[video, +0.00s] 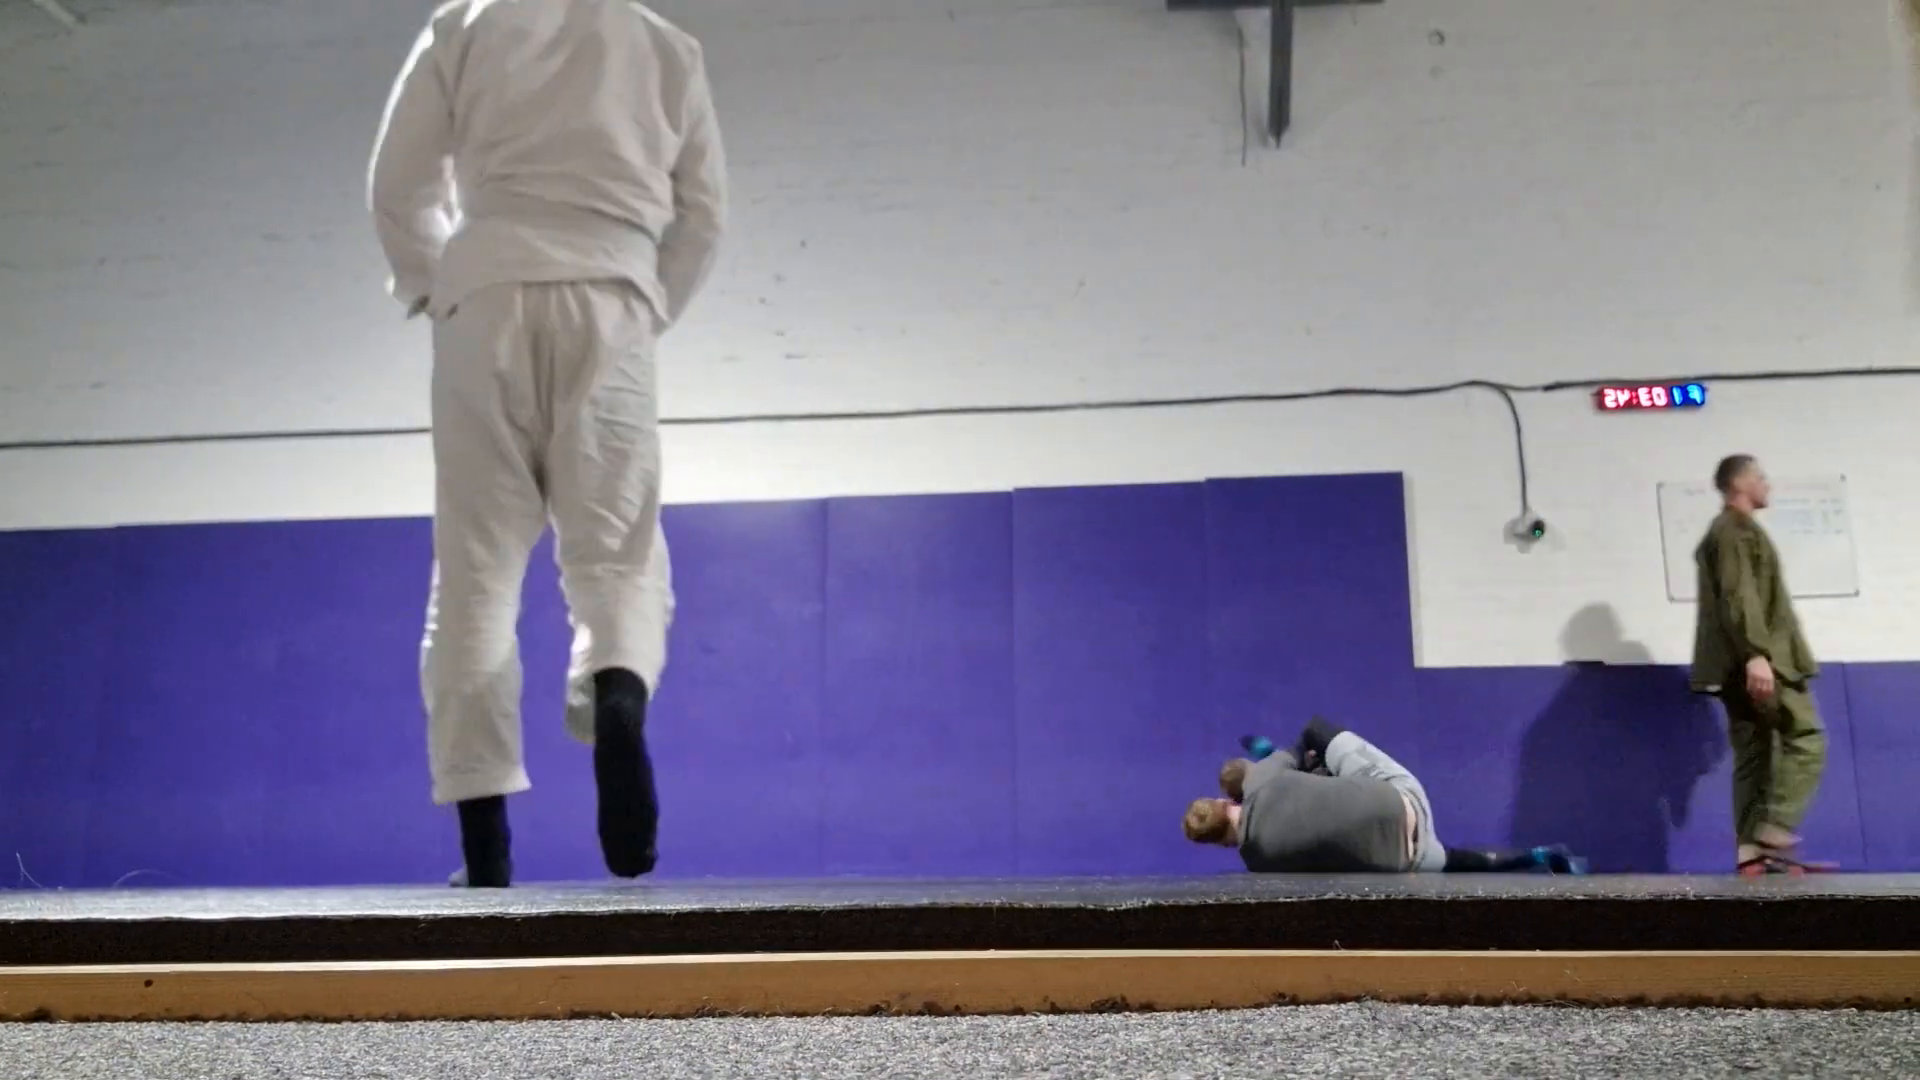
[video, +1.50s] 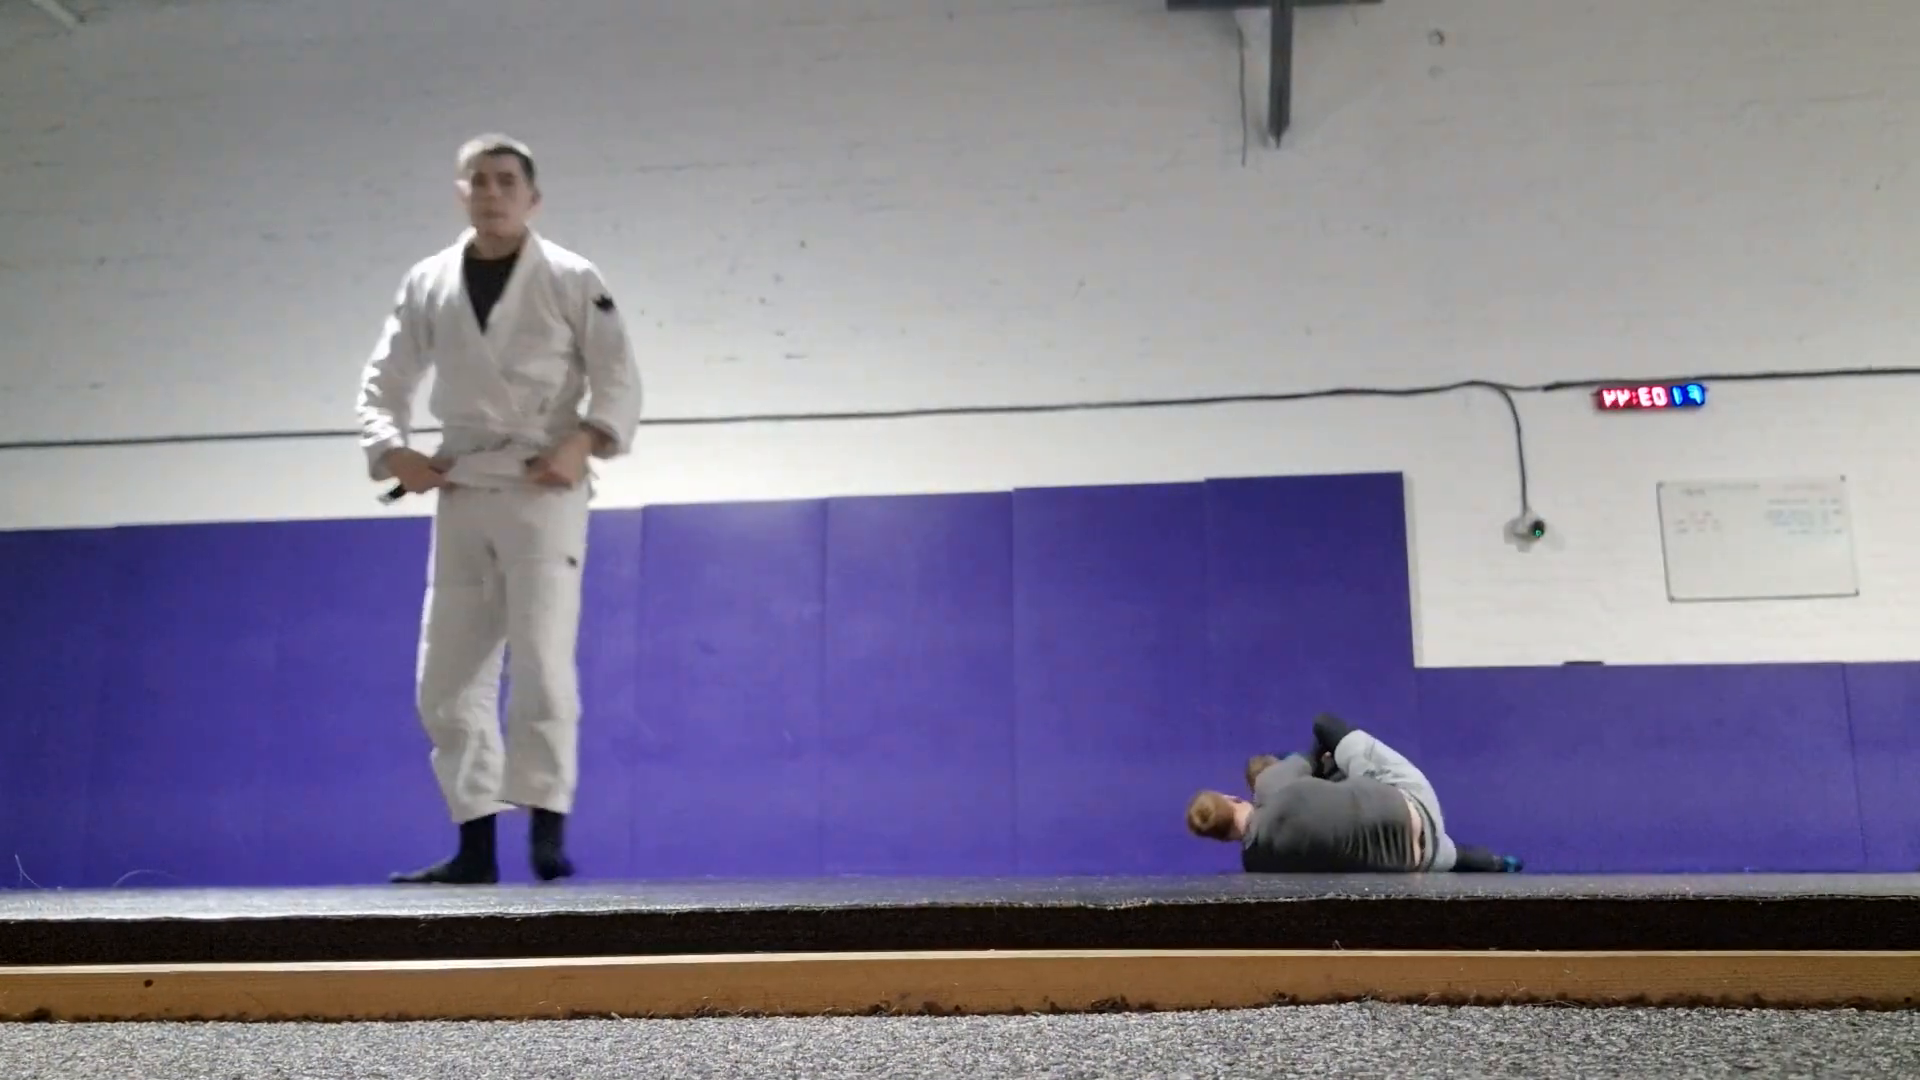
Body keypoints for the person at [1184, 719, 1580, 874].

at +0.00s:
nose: (1218, 798)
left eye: (1211, 828)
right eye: (1220, 795)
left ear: (1218, 843)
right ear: (1230, 794)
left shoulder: (1258, 862)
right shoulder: (1261, 778)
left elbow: (1315, 866)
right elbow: (1303, 751)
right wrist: (1281, 761)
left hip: (1407, 861)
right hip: (1407, 805)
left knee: (1459, 859)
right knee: (1320, 729)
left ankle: (1535, 861)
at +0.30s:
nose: (1252, 771)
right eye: (1247, 775)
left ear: (1225, 839)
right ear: (1242, 788)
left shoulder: (1264, 861)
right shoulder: (1275, 774)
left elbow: (1320, 857)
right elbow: (1340, 732)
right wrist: (1328, 755)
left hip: (1419, 863)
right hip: (1422, 810)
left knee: (1459, 856)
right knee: (1358, 731)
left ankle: (1540, 862)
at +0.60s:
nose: (1252, 779)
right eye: (1248, 780)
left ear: (1224, 841)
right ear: (1243, 791)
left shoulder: (1267, 864)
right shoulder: (1273, 779)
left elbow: (1324, 858)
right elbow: (1317, 760)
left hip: (1418, 860)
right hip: (1414, 806)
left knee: (1457, 860)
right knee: (1341, 747)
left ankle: (1539, 858)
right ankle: (1303, 723)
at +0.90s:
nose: (1250, 772)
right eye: (1244, 778)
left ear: (1219, 841)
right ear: (1232, 794)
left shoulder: (1260, 864)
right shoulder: (1265, 782)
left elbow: (1323, 864)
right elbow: (1305, 753)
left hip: (1410, 857)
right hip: (1398, 801)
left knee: (1471, 856)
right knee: (1311, 731)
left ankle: (1550, 854)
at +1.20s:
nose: (1234, 790)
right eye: (1232, 790)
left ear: (1220, 839)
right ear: (1235, 795)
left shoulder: (1260, 866)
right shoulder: (1272, 781)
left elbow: (1312, 854)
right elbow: (1315, 760)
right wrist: (1296, 764)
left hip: (1417, 860)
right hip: (1414, 806)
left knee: (1456, 857)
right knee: (1339, 734)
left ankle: (1522, 861)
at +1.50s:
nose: (1231, 792)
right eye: (1229, 793)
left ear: (1219, 839)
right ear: (1233, 798)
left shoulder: (1257, 866)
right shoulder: (1274, 784)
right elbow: (1305, 762)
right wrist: (1269, 769)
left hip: (1421, 861)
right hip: (1417, 810)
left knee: (1454, 854)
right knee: (1330, 726)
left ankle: (1501, 864)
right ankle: (1327, 770)